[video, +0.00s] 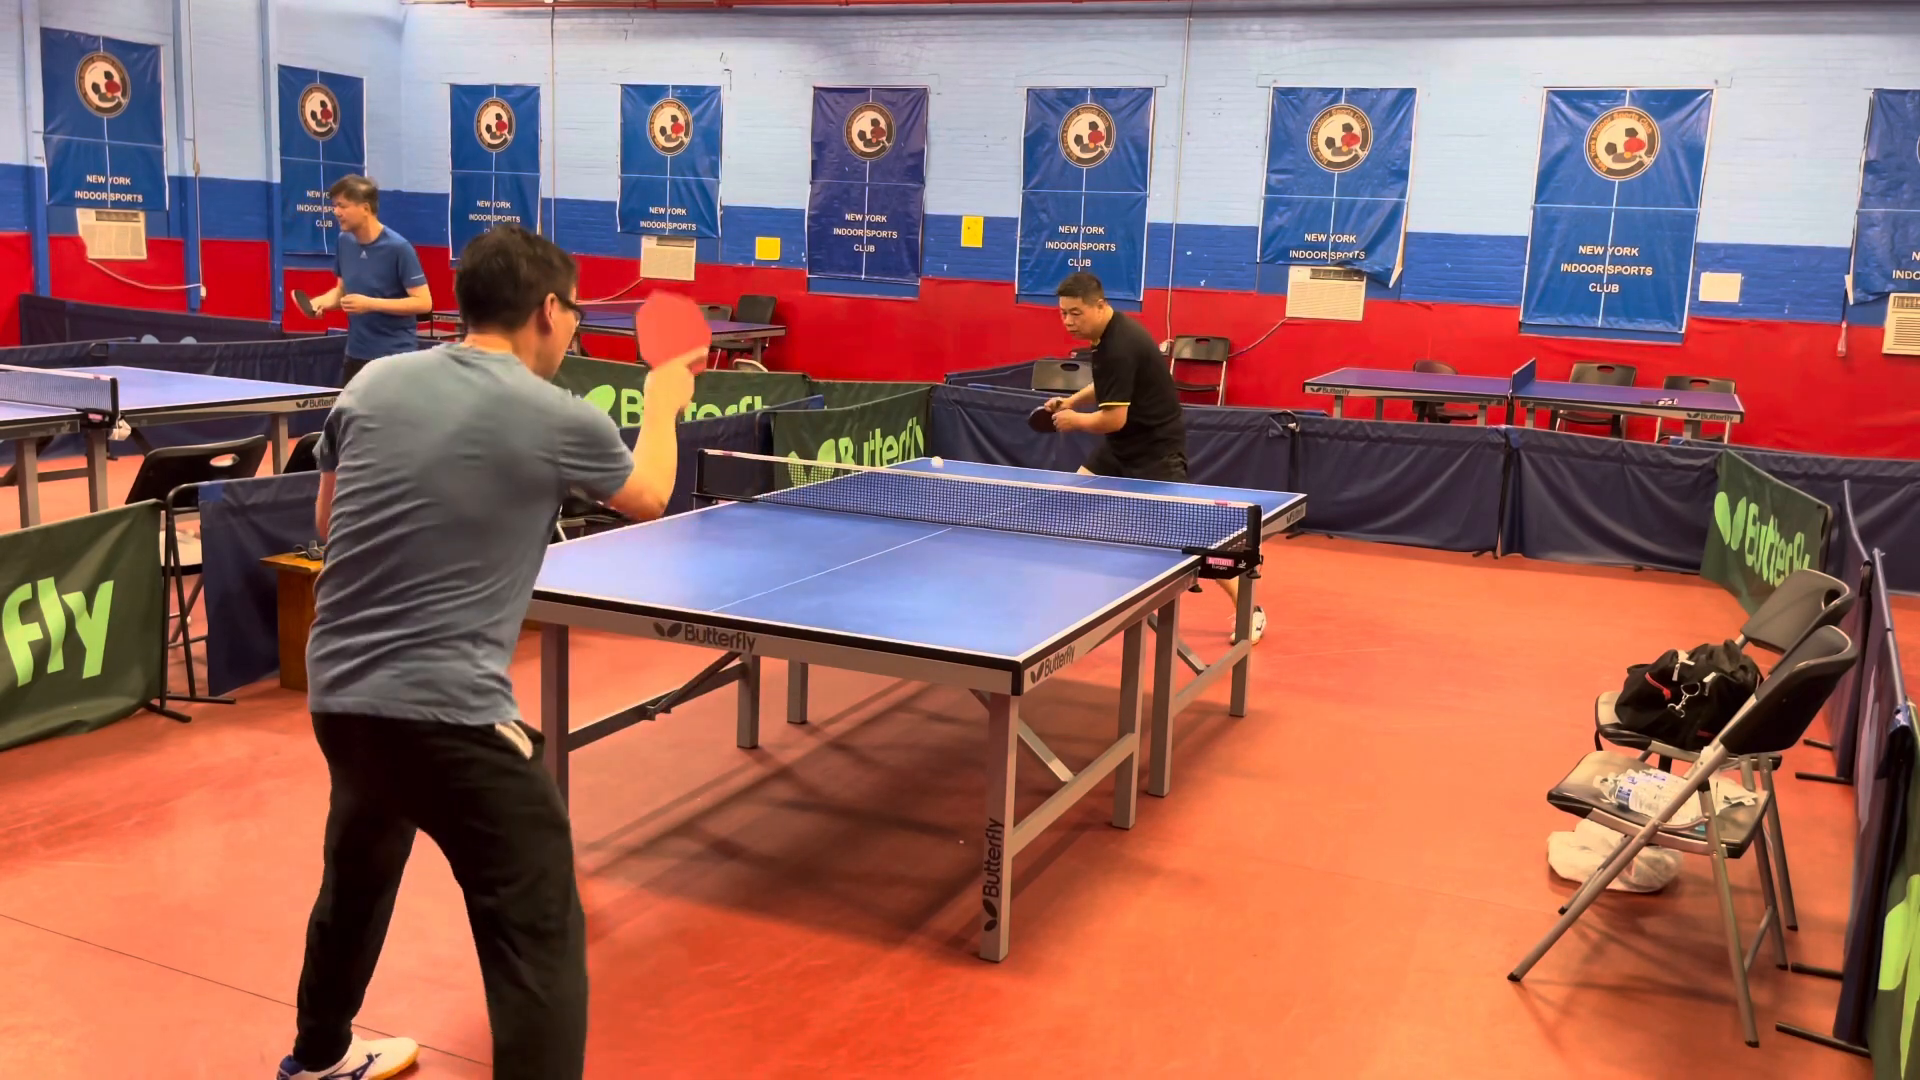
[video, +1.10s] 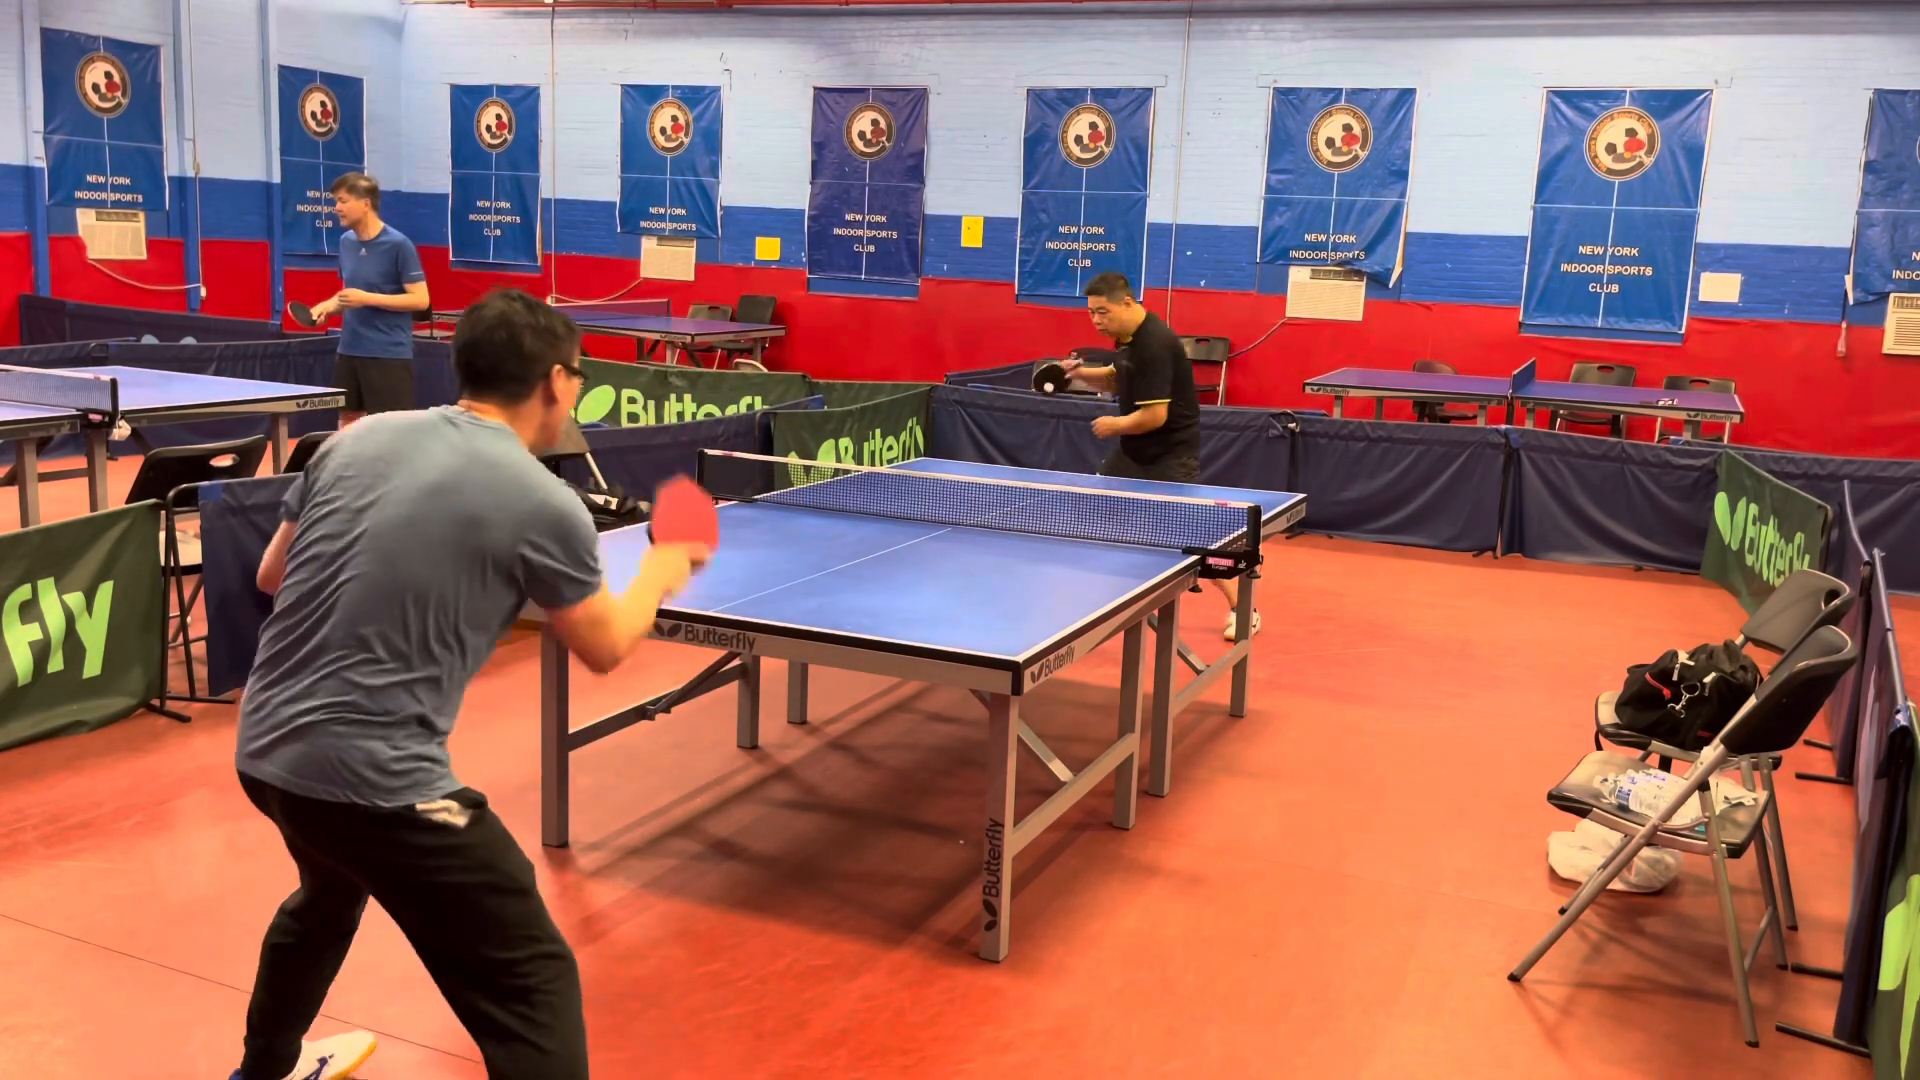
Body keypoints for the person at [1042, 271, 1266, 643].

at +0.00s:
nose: (1067, 322)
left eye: (1074, 314)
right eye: (1063, 314)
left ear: (1100, 306)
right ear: (1064, 310)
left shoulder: (1121, 344)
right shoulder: (1106, 334)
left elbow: (1115, 419)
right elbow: (1108, 383)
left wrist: (1076, 421)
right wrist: (1071, 401)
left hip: (1157, 452)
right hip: (1119, 446)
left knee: (1191, 532)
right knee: (1069, 506)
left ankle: (1248, 612)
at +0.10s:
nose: (1059, 323)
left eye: (1065, 314)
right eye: (1056, 314)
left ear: (1092, 307)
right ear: (1084, 310)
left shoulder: (1116, 343)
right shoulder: (1102, 337)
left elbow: (1115, 415)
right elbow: (1089, 376)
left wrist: (1080, 420)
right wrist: (1038, 384)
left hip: (1158, 452)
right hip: (1119, 447)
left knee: (1193, 530)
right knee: (1065, 501)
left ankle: (1250, 610)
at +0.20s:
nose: (1048, 322)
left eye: (1055, 313)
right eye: (1044, 313)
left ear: (1080, 307)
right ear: (1045, 310)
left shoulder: (1113, 335)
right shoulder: (1065, 342)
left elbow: (1131, 401)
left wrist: (1092, 421)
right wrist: (1000, 365)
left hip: (1155, 441)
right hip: (1110, 440)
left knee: (1183, 522)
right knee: (1054, 499)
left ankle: (1241, 604)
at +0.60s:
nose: (1068, 326)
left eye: (1077, 317)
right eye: (1063, 318)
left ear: (1098, 315)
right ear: (1057, 317)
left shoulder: (1131, 350)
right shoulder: (1053, 354)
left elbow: (1148, 410)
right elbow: (1033, 402)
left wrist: (1095, 435)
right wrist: (1030, 409)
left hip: (1132, 450)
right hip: (1073, 448)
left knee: (1169, 509)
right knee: (1021, 497)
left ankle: (1196, 594)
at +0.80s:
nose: (1053, 313)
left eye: (1061, 304)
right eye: (1048, 305)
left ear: (1083, 299)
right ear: (1044, 304)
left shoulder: (1110, 335)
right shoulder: (1061, 335)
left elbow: (1120, 402)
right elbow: (1065, 382)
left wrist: (1076, 411)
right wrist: (1038, 413)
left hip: (1140, 435)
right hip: (1097, 432)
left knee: (1166, 513)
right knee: (1052, 495)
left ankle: (1225, 589)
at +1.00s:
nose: (1072, 322)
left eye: (1079, 314)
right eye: (1067, 314)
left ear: (1103, 306)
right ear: (1065, 312)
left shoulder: (1125, 345)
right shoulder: (1110, 337)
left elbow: (1120, 417)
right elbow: (1112, 378)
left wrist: (1083, 423)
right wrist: (1078, 389)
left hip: (1155, 450)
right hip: (1119, 444)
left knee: (1181, 526)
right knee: (1066, 498)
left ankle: (1231, 602)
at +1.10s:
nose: (1095, 322)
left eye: (1101, 313)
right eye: (1092, 314)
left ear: (1127, 305)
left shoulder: (1155, 342)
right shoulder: (1132, 336)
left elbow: (1156, 415)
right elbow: (1123, 379)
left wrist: (1115, 425)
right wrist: (1081, 373)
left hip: (1171, 460)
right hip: (1131, 453)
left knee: (1193, 535)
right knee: (1088, 512)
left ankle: (1241, 608)